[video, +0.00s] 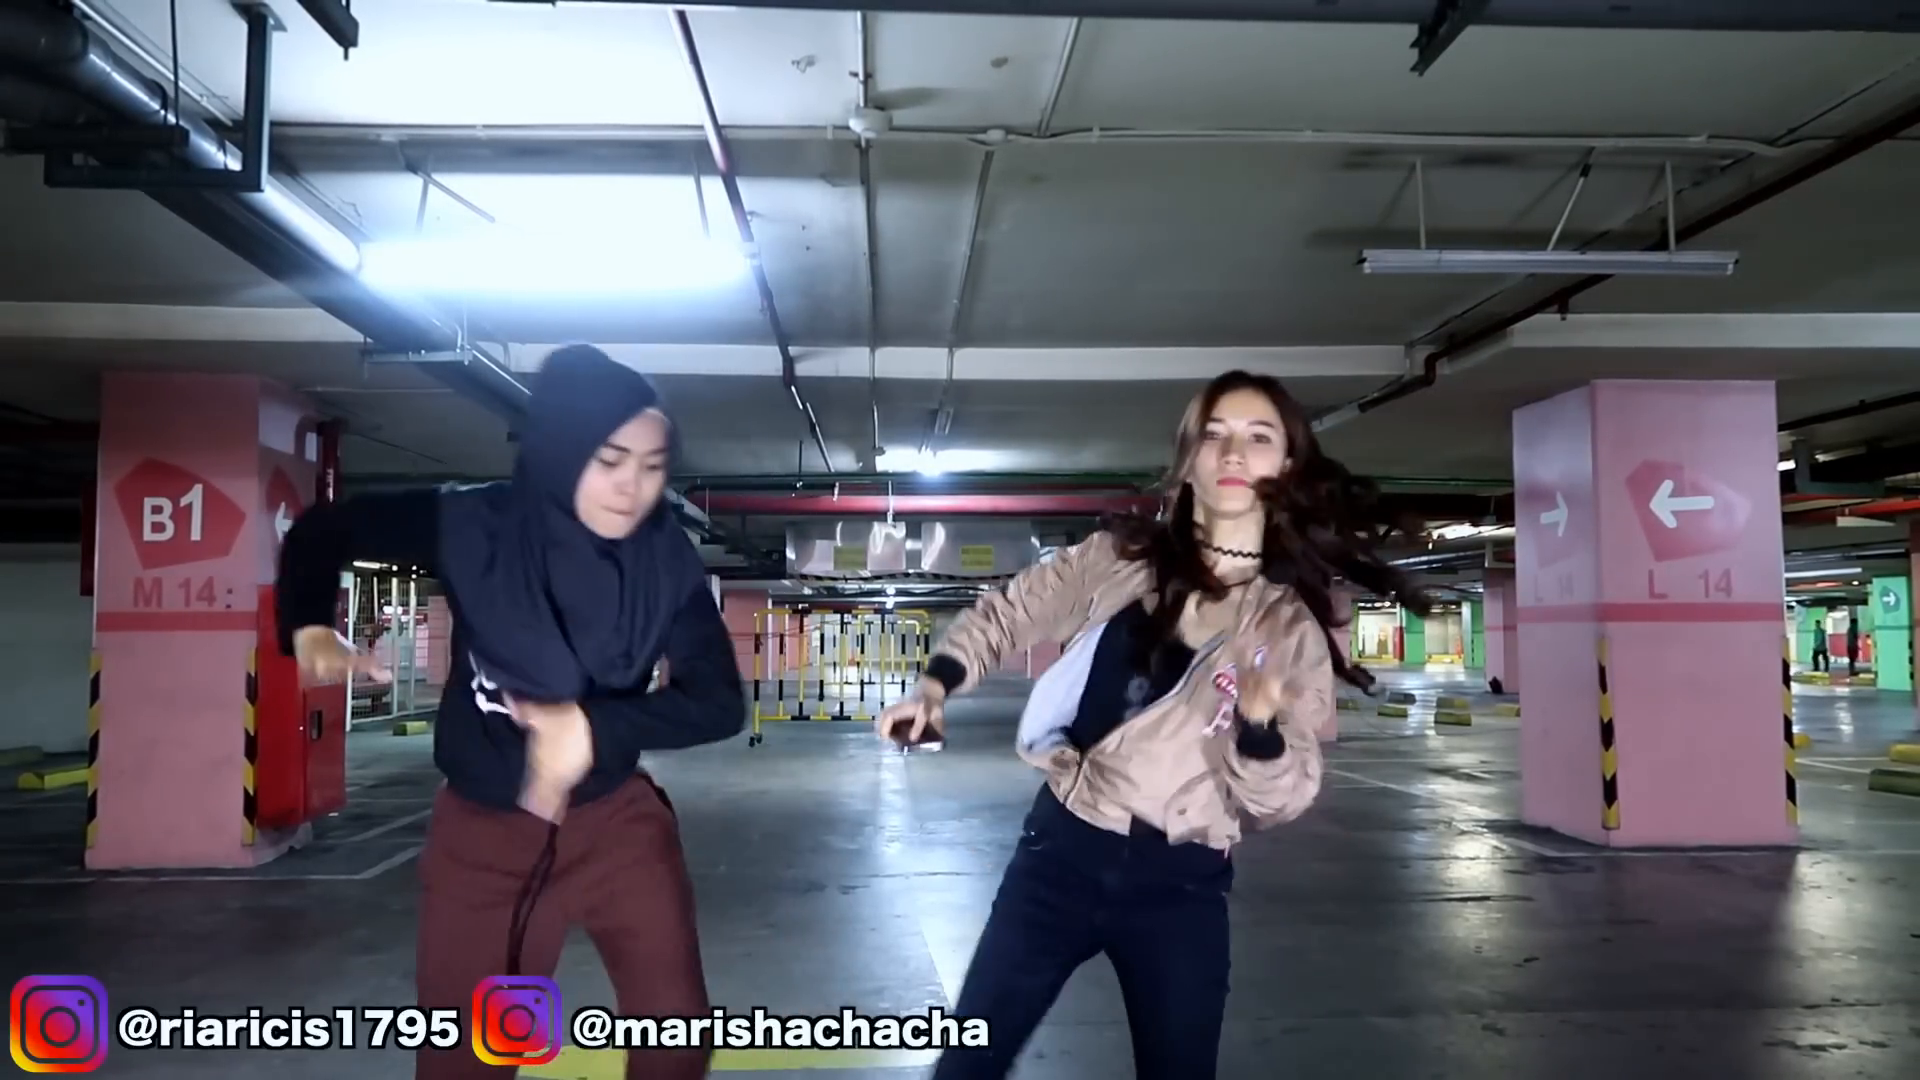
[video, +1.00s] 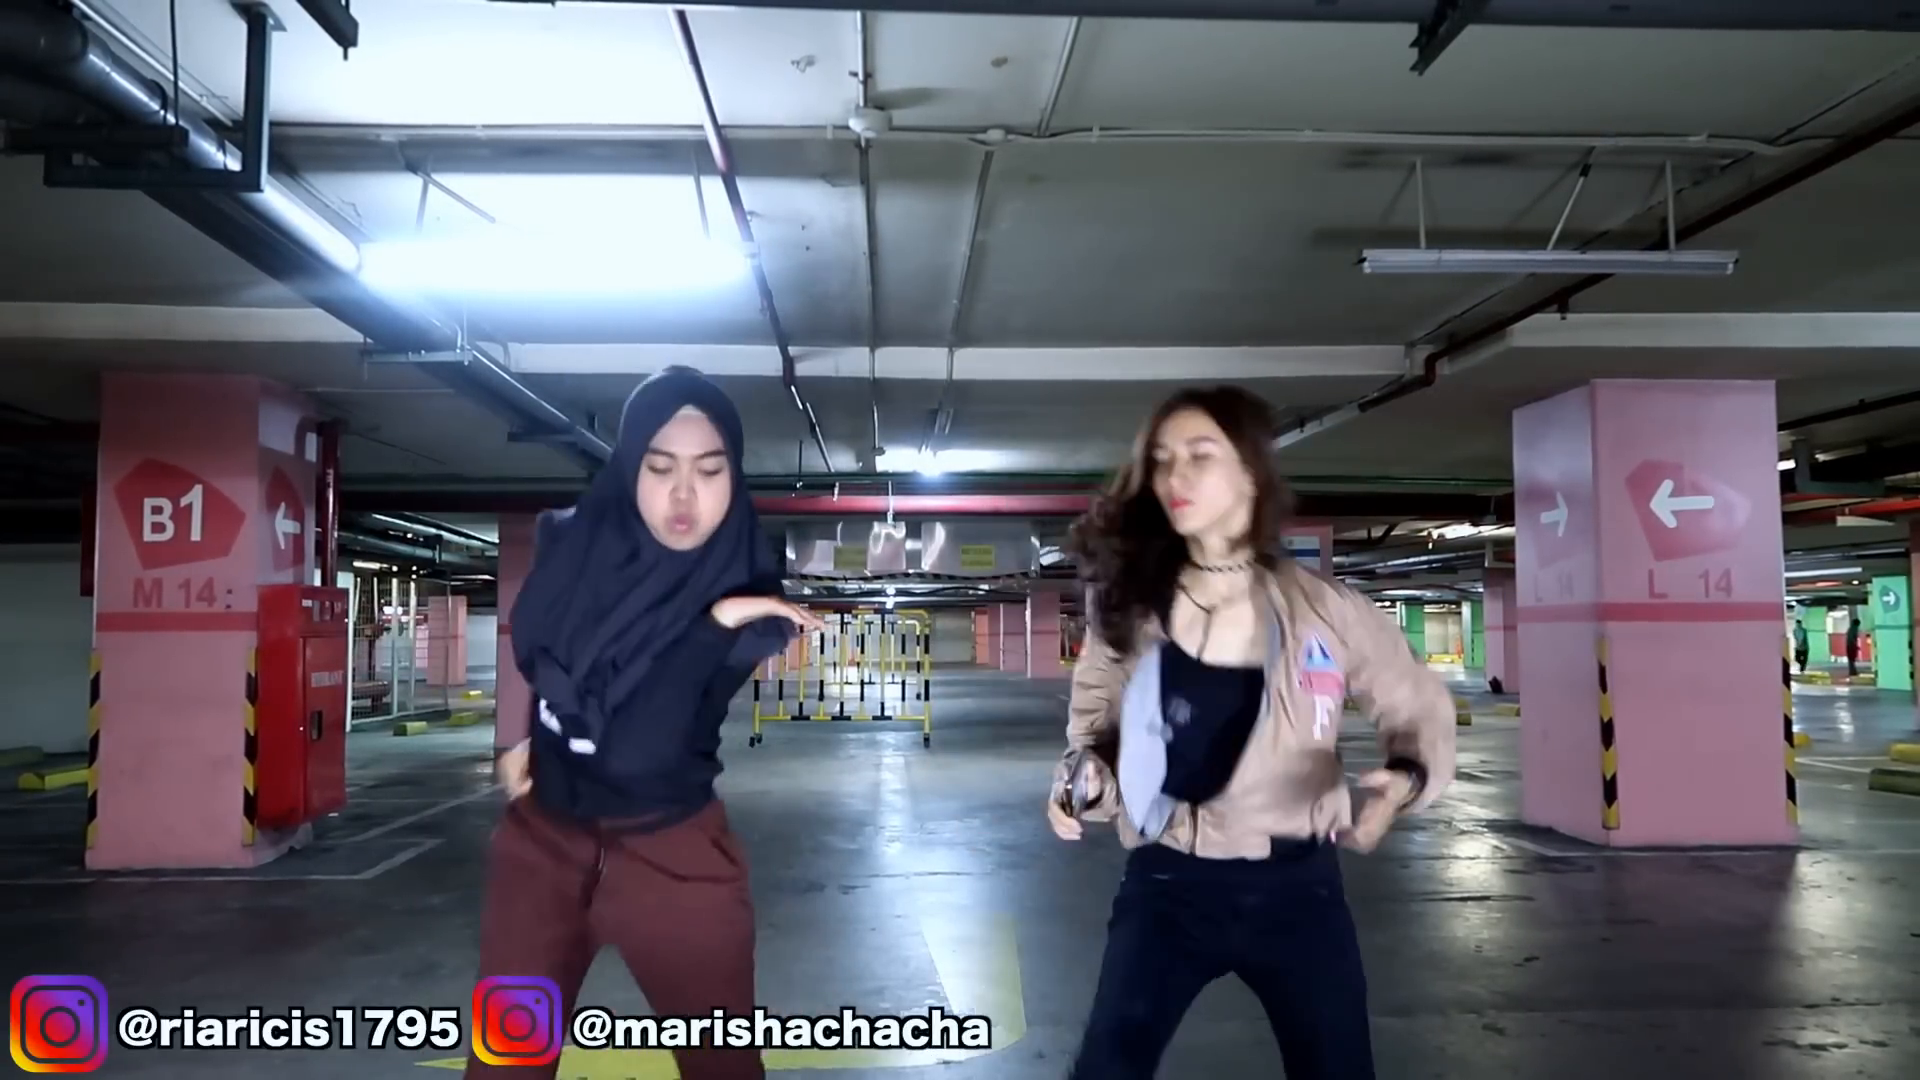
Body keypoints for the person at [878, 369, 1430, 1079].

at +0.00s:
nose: (1235, 454)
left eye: (1259, 438)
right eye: (1218, 436)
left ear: (1287, 464)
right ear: (1189, 458)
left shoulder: (1290, 627)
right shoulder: (1120, 559)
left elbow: (1284, 800)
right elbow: (1008, 612)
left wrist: (1257, 725)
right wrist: (934, 687)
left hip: (1180, 882)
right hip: (1060, 856)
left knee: (1180, 1069)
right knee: (965, 1060)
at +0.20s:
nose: (1146, 437)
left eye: (1171, 423)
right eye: (1126, 422)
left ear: (1203, 455)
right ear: (1099, 452)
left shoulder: (1242, 583)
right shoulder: (1058, 558)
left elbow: (1358, 715)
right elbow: (944, 610)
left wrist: (1265, 639)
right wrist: (917, 686)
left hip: (1161, 870)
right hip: (1037, 852)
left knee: (1157, 1070)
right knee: (961, 1060)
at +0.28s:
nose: (1095, 477)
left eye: (1120, 462)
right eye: (1078, 459)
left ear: (1152, 492)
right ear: (1047, 484)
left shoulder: (1213, 603)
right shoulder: (999, 619)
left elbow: (1327, 698)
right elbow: (940, 746)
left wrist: (1248, 720)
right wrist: (942, 798)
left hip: (1160, 891)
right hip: (1034, 886)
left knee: (1171, 1069)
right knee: (1001, 1067)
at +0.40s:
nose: (1069, 519)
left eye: (1089, 503)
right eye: (1046, 502)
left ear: (1112, 528)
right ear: (1012, 531)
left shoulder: (1184, 624)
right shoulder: (989, 675)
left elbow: (1277, 670)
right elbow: (992, 827)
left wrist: (1290, 740)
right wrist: (1036, 850)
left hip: (1172, 902)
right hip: (1048, 918)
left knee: (1266, 1066)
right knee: (1010, 1072)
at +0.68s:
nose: (1096, 451)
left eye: (1114, 430)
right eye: (1073, 433)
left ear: (1139, 450)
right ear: (1043, 456)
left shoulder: (1211, 557)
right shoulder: (1024, 606)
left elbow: (1299, 628)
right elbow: (986, 795)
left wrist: (1381, 705)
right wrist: (1013, 760)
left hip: (1255, 852)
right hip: (1134, 875)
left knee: (1345, 1058)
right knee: (1114, 1071)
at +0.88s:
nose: (1143, 452)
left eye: (1162, 434)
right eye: (1120, 438)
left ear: (1188, 452)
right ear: (1093, 465)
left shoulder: (1250, 554)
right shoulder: (1073, 598)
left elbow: (1361, 570)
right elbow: (996, 722)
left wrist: (1403, 669)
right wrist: (1021, 724)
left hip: (1293, 857)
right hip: (1168, 876)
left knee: (1359, 1066)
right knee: (1141, 1071)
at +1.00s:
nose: (1175, 480)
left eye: (1200, 456)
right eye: (1163, 462)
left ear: (1252, 474)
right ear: (1151, 481)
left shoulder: (1325, 610)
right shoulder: (1130, 609)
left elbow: (1425, 709)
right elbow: (1091, 721)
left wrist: (1395, 782)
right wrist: (1088, 776)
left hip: (1296, 892)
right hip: (1164, 892)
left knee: (1337, 1071)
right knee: (1104, 1067)